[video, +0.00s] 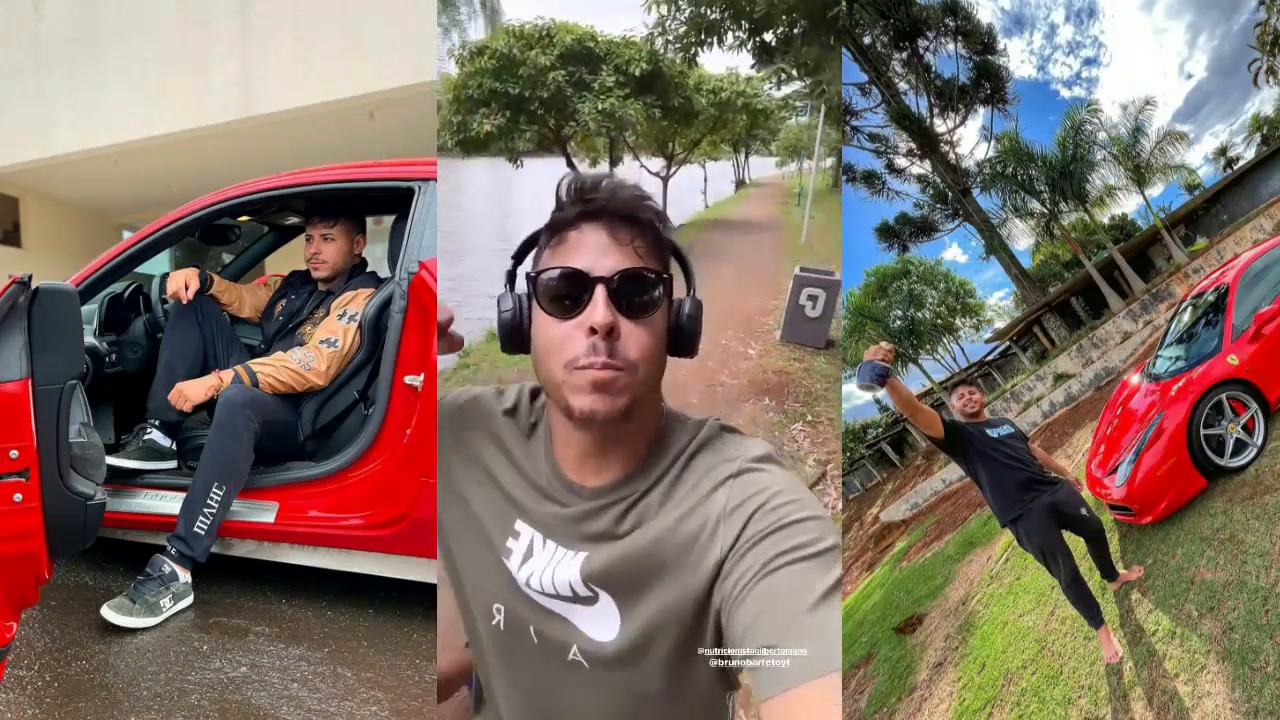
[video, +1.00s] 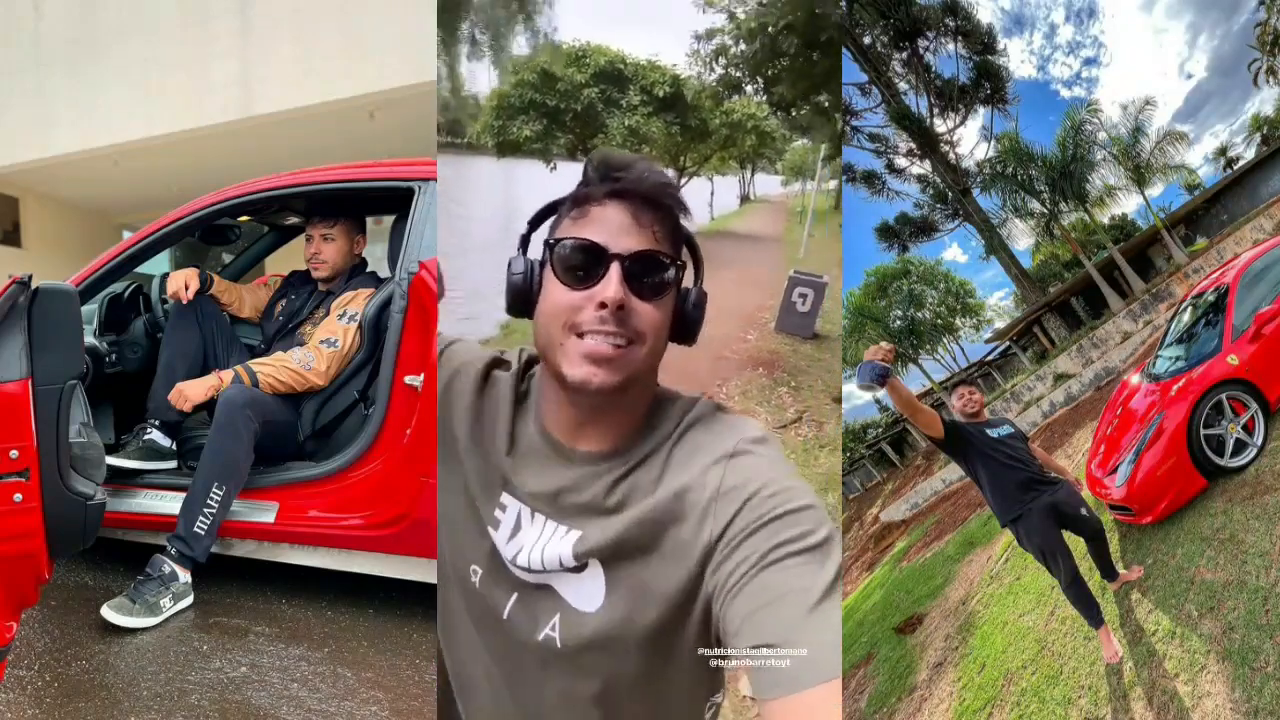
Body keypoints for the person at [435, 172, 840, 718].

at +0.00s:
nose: (601, 319)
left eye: (635, 294)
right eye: (567, 293)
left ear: (676, 323)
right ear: (524, 318)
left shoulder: (755, 511)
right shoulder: (457, 436)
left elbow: (812, 705)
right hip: (500, 706)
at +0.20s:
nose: (601, 321)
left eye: (636, 296)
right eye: (567, 296)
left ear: (679, 329)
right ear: (525, 324)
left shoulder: (756, 516)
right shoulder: (462, 432)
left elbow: (815, 706)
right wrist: (400, 318)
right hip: (486, 705)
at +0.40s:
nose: (601, 316)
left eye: (638, 291)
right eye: (565, 290)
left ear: (677, 326)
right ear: (520, 319)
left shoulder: (757, 521)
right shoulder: (461, 442)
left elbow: (815, 708)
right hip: (469, 707)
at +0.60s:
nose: (624, 329)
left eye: (661, 303)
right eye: (589, 298)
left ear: (701, 338)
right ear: (543, 320)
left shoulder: (763, 521)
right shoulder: (464, 438)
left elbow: (815, 706)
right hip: (470, 707)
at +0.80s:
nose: (635, 318)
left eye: (673, 296)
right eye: (603, 287)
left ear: (708, 332)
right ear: (552, 308)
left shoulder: (761, 515)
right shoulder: (460, 418)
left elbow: (814, 706)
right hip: (475, 706)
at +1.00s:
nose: (610, 295)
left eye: (647, 274)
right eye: (580, 264)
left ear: (679, 311)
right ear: (532, 283)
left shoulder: (745, 498)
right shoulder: (464, 396)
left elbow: (809, 708)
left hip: (638, 708)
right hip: (467, 705)